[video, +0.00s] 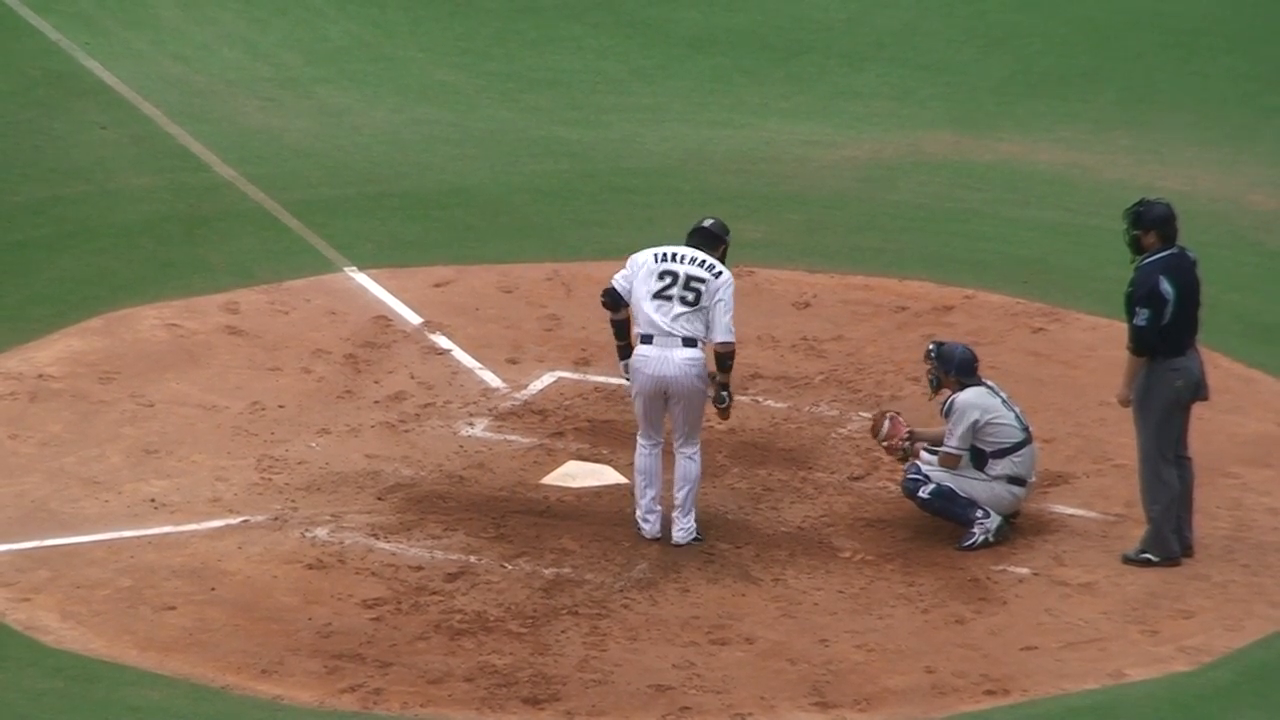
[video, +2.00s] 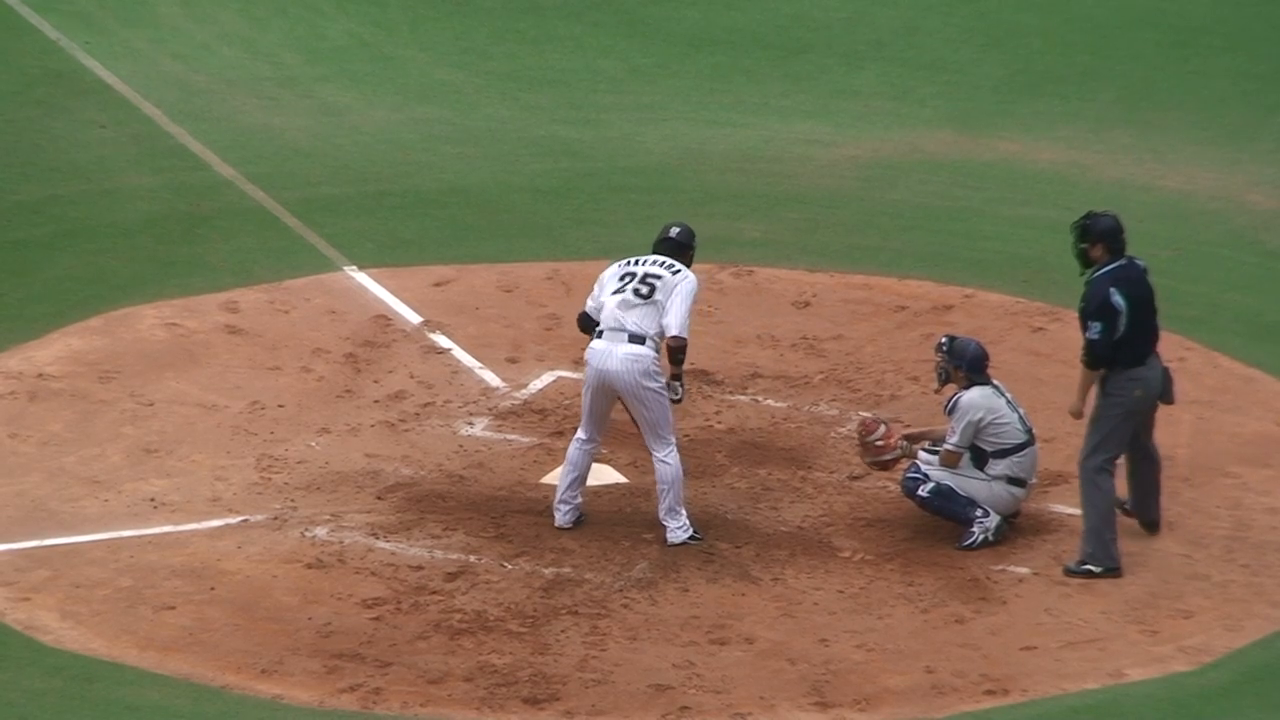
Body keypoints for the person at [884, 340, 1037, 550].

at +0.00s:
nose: (931, 372)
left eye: (936, 368)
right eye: (933, 367)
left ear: (951, 375)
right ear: (965, 372)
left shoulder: (964, 402)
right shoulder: (984, 387)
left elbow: (949, 462)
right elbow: (955, 436)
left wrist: (916, 451)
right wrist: (912, 434)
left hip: (1004, 492)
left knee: (914, 478)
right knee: (929, 453)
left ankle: (985, 520)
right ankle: (1003, 507)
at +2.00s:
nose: (940, 366)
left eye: (945, 362)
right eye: (942, 361)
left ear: (960, 371)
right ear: (973, 370)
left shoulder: (969, 402)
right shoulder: (992, 387)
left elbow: (948, 462)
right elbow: (961, 433)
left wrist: (912, 452)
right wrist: (920, 435)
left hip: (1004, 492)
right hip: (1018, 482)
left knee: (914, 478)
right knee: (929, 451)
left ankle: (983, 519)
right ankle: (1002, 506)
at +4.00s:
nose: (941, 365)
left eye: (946, 362)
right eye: (943, 360)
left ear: (961, 370)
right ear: (976, 368)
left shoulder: (970, 401)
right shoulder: (993, 387)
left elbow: (946, 461)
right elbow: (963, 431)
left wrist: (908, 458)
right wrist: (923, 433)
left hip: (1002, 491)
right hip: (1016, 483)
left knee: (914, 480)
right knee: (925, 455)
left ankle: (983, 518)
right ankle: (1002, 506)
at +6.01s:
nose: (943, 369)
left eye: (948, 365)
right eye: (944, 364)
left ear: (964, 371)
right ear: (975, 370)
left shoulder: (975, 403)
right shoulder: (995, 387)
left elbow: (950, 460)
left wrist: (908, 459)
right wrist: (911, 459)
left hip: (1002, 493)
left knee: (915, 480)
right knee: (934, 443)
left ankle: (984, 519)